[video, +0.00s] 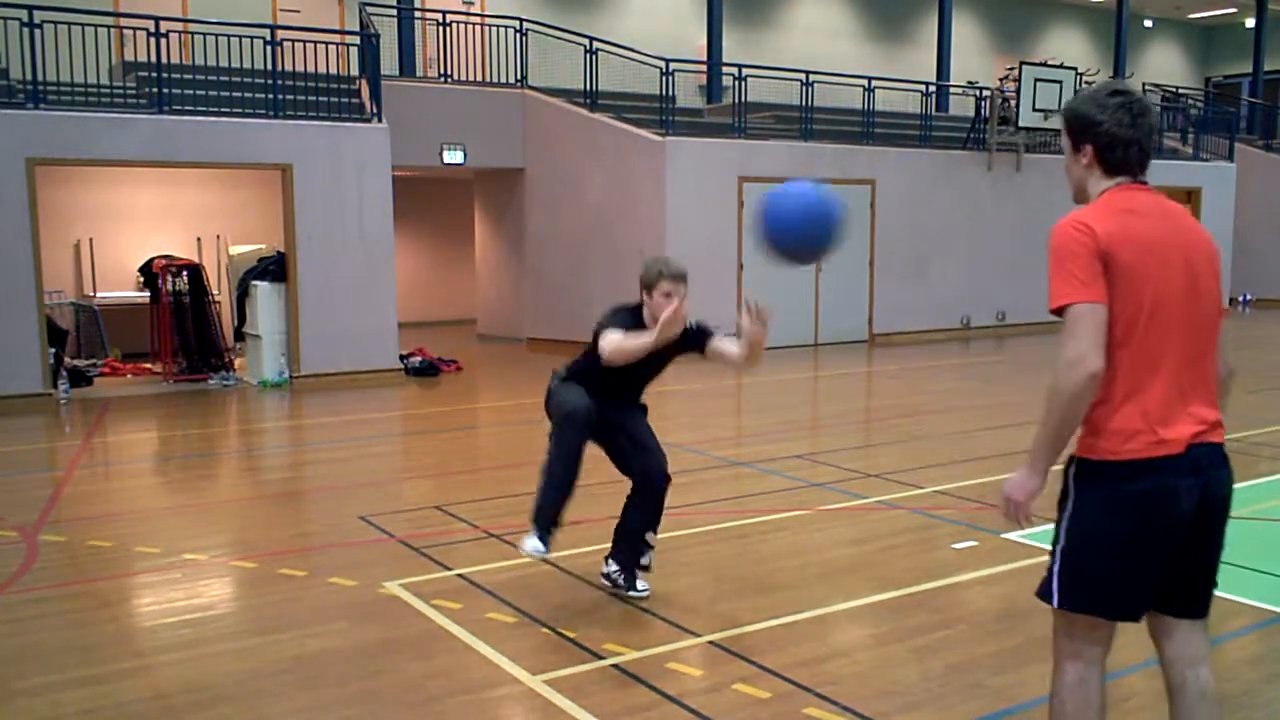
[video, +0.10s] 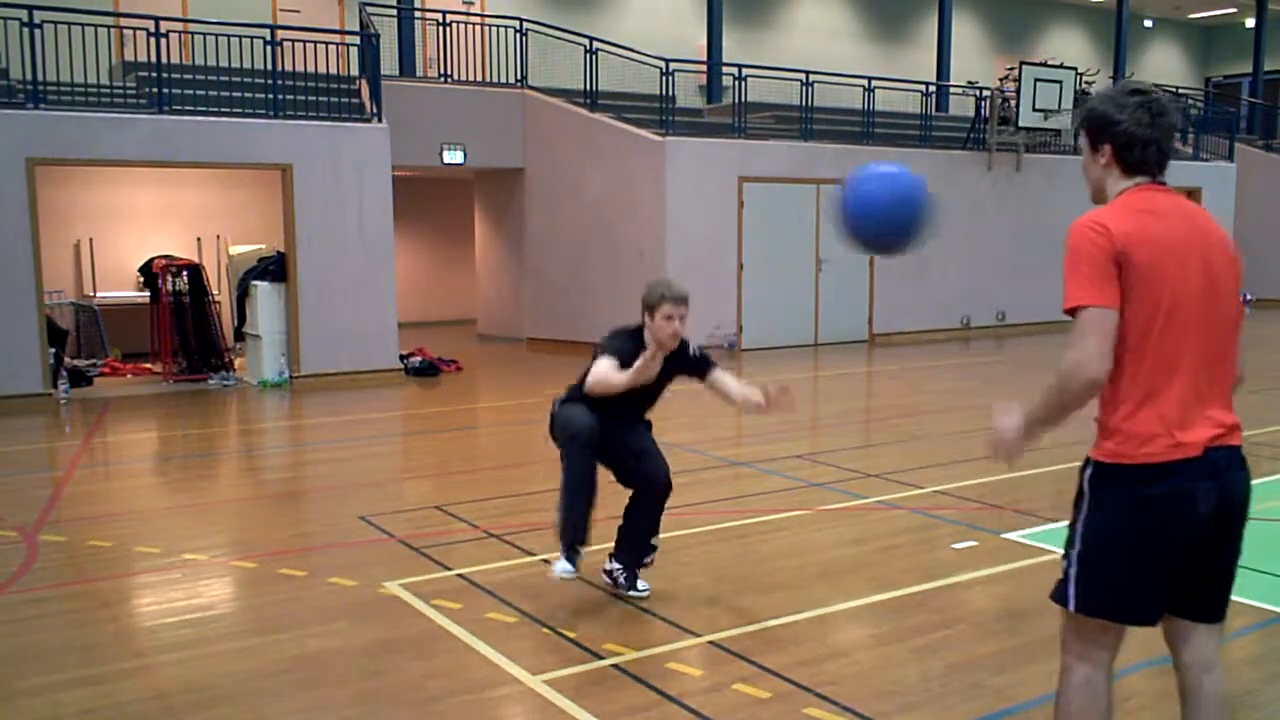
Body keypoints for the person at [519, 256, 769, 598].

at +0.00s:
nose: (675, 304)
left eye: (680, 296)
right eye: (666, 296)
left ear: (687, 299)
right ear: (646, 296)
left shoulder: (687, 333)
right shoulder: (621, 318)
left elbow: (742, 358)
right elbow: (609, 352)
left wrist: (752, 342)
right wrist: (655, 338)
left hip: (621, 408)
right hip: (576, 391)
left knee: (654, 476)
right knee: (577, 413)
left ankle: (620, 564)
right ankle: (542, 529)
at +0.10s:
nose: (676, 327)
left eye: (681, 319)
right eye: (668, 319)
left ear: (687, 320)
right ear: (648, 319)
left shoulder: (683, 355)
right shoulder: (622, 343)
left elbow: (726, 383)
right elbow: (594, 383)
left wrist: (760, 399)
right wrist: (631, 377)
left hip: (625, 425)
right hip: (582, 414)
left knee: (656, 483)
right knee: (581, 431)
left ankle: (622, 564)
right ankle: (571, 547)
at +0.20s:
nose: (673, 351)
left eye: (677, 343)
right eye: (665, 343)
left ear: (681, 345)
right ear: (644, 342)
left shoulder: (682, 378)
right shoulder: (617, 364)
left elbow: (729, 416)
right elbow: (580, 399)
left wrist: (769, 437)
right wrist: (609, 393)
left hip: (630, 447)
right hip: (584, 438)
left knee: (660, 484)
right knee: (589, 448)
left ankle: (625, 564)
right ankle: (589, 566)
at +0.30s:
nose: (663, 373)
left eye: (667, 364)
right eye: (655, 364)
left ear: (672, 364)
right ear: (634, 363)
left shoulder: (675, 399)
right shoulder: (611, 388)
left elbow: (727, 437)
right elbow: (577, 410)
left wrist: (764, 448)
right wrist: (610, 389)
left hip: (626, 479)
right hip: (582, 475)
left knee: (664, 477)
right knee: (594, 459)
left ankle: (629, 567)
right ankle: (599, 574)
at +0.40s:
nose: (648, 389)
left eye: (652, 381)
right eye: (640, 381)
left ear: (658, 383)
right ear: (622, 384)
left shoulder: (661, 417)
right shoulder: (602, 412)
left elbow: (719, 446)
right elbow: (580, 419)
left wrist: (745, 437)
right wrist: (616, 379)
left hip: (630, 508)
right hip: (582, 511)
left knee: (662, 471)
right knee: (599, 476)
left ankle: (634, 565)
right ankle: (615, 574)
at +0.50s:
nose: (628, 401)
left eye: (632, 392)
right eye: (619, 394)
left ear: (638, 393)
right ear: (598, 397)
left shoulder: (641, 431)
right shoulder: (580, 433)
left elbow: (704, 450)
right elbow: (573, 441)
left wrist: (721, 421)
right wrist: (609, 383)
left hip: (629, 531)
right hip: (584, 534)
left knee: (659, 467)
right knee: (594, 491)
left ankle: (618, 570)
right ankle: (630, 563)